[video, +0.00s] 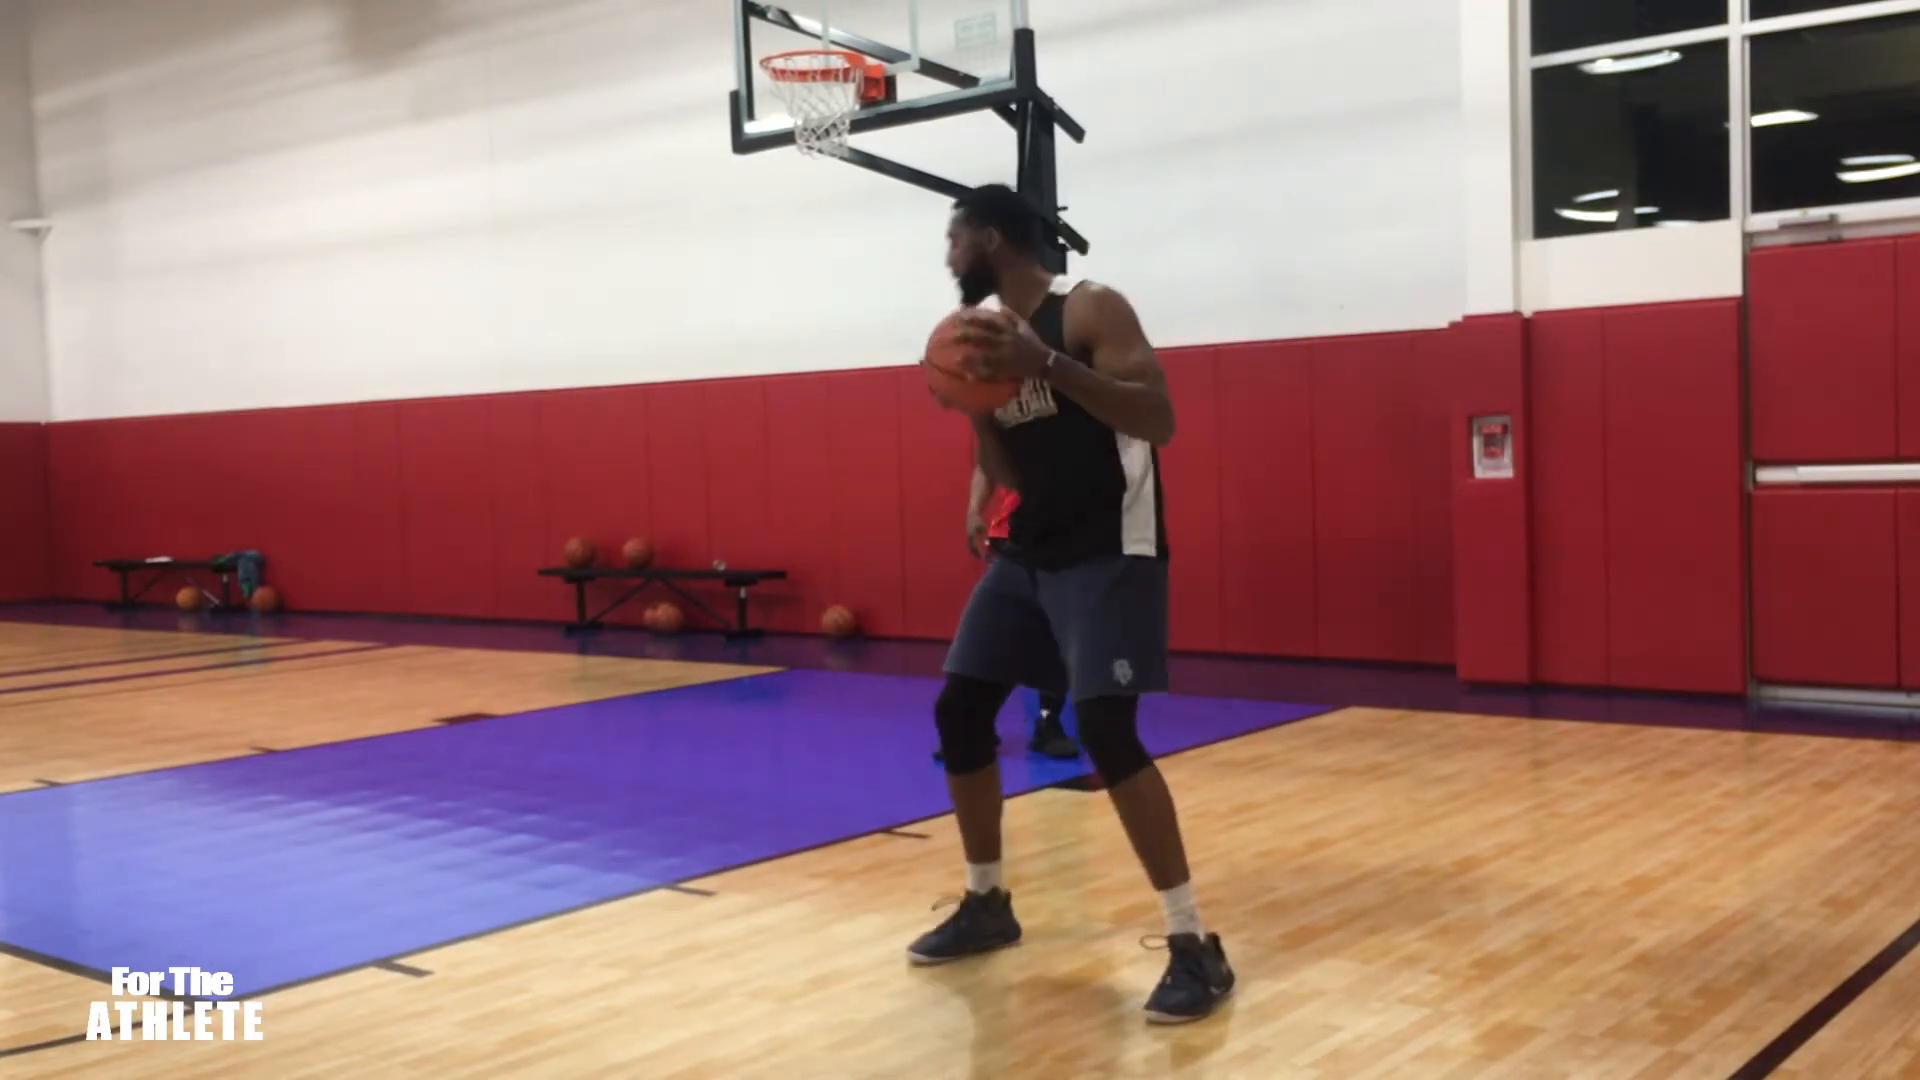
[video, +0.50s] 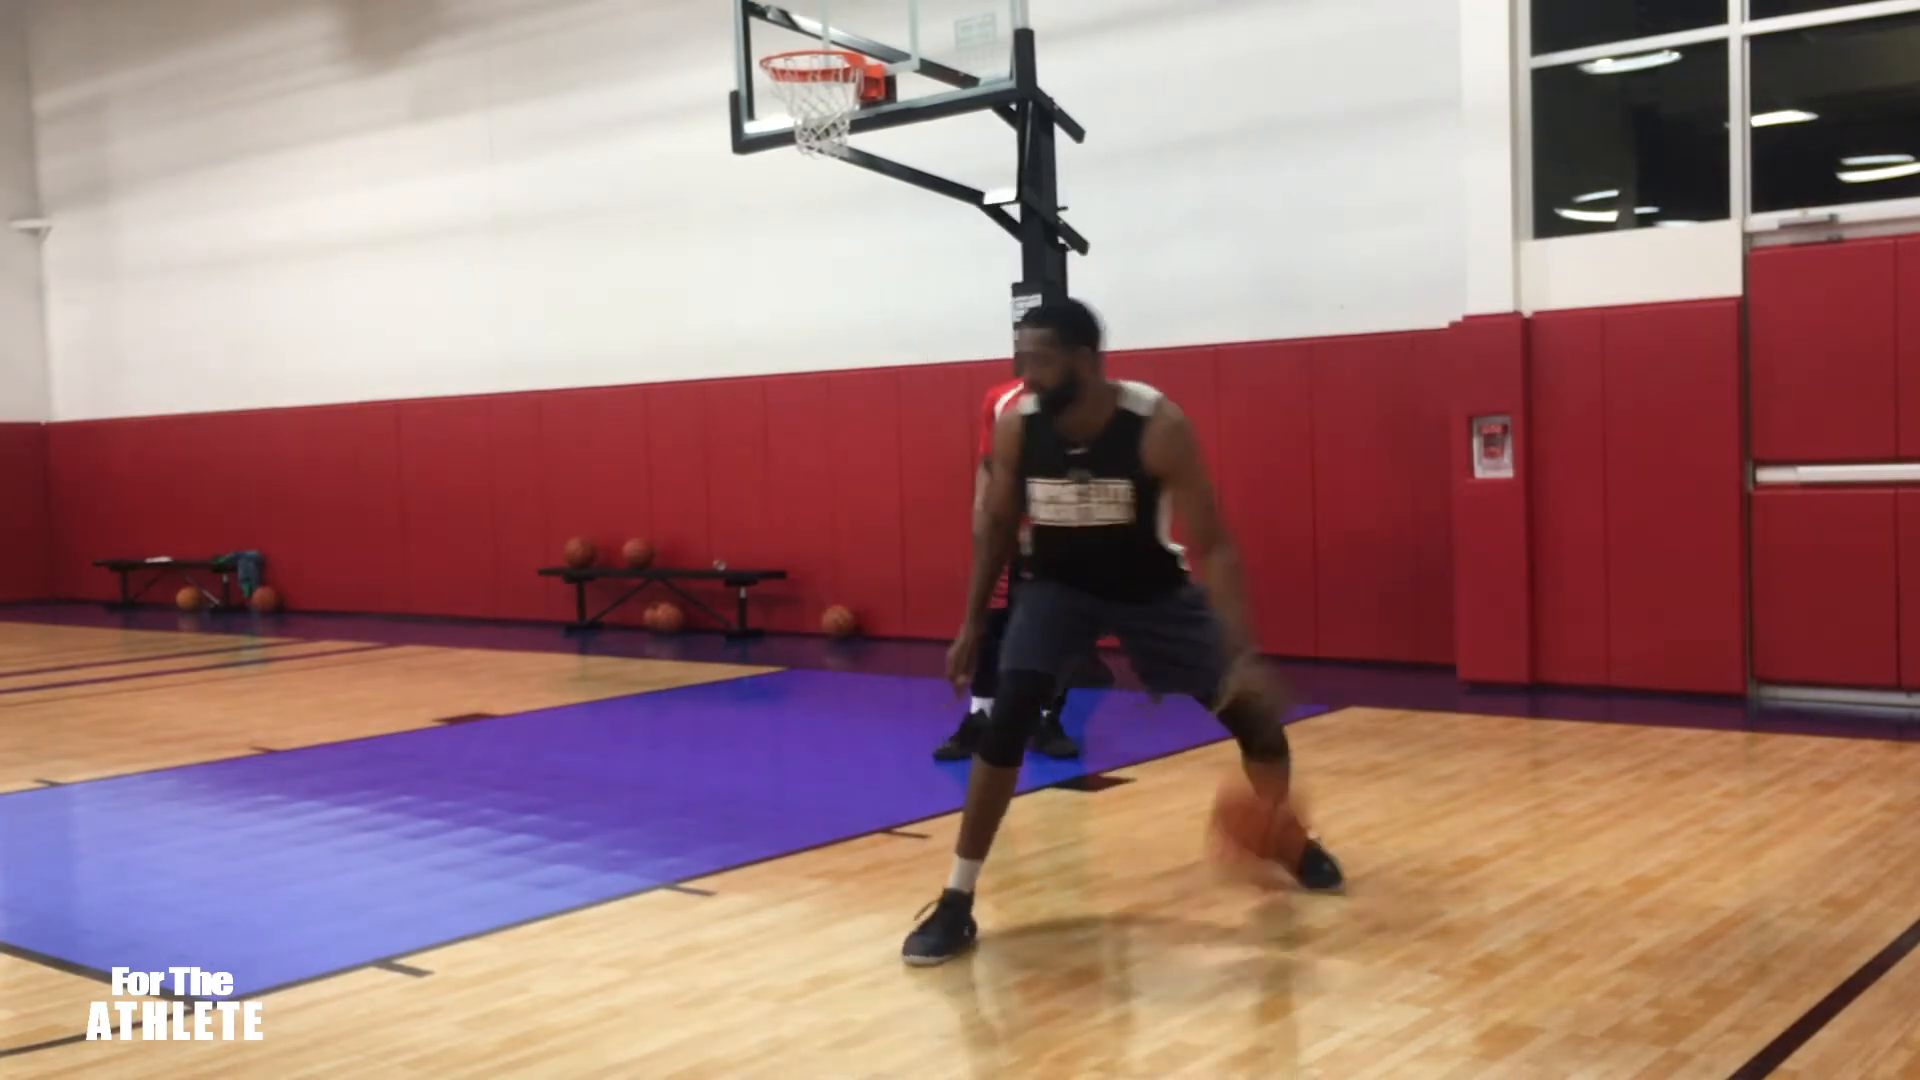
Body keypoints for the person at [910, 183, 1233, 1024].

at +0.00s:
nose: (948, 251)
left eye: (957, 234)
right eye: (949, 237)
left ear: (1001, 236)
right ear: (996, 241)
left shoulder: (1093, 310)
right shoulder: (985, 338)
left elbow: (1157, 418)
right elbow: (1001, 466)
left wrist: (1045, 363)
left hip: (1109, 559)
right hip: (1026, 558)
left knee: (1105, 730)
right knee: (961, 711)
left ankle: (1193, 946)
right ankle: (986, 902)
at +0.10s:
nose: (925, 273)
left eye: (933, 257)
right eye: (923, 260)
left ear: (981, 254)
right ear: (968, 260)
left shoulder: (1083, 316)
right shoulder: (965, 352)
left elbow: (1159, 421)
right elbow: (979, 478)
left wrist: (1064, 364)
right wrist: (952, 423)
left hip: (1116, 551)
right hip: (1024, 554)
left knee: (1145, 719)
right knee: (967, 709)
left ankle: (1196, 936)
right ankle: (987, 902)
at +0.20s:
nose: (924, 283)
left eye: (933, 266)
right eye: (921, 268)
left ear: (980, 263)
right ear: (964, 268)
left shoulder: (1082, 320)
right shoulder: (949, 360)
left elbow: (1162, 423)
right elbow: (949, 479)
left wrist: (1075, 394)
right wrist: (953, 472)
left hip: (1122, 545)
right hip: (1021, 553)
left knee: (1171, 704)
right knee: (979, 708)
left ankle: (1229, 904)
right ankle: (985, 899)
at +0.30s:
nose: (940, 313)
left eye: (949, 298)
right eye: (937, 299)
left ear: (997, 293)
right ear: (966, 299)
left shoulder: (1094, 351)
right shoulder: (954, 381)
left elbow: (1167, 457)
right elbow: (959, 476)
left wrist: (1071, 489)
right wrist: (946, 549)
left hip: (1123, 545)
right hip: (1022, 552)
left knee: (1192, 692)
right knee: (984, 707)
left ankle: (1274, 879)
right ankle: (959, 897)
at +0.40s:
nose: (974, 353)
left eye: (985, 340)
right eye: (972, 341)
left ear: (1033, 339)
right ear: (985, 342)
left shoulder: (1113, 402)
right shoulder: (975, 417)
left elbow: (1169, 524)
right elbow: (970, 517)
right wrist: (953, 614)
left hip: (1131, 580)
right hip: (1031, 585)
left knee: (1224, 701)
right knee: (983, 713)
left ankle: (1295, 841)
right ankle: (955, 901)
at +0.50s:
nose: (1025, 371)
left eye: (1037, 359)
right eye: (1021, 358)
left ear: (1084, 360)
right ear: (1024, 360)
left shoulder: (1156, 425)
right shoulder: (1017, 425)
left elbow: (1210, 543)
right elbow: (995, 529)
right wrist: (971, 630)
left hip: (1151, 590)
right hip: (1056, 592)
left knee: (1258, 711)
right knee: (1007, 720)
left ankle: (1283, 833)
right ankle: (956, 901)